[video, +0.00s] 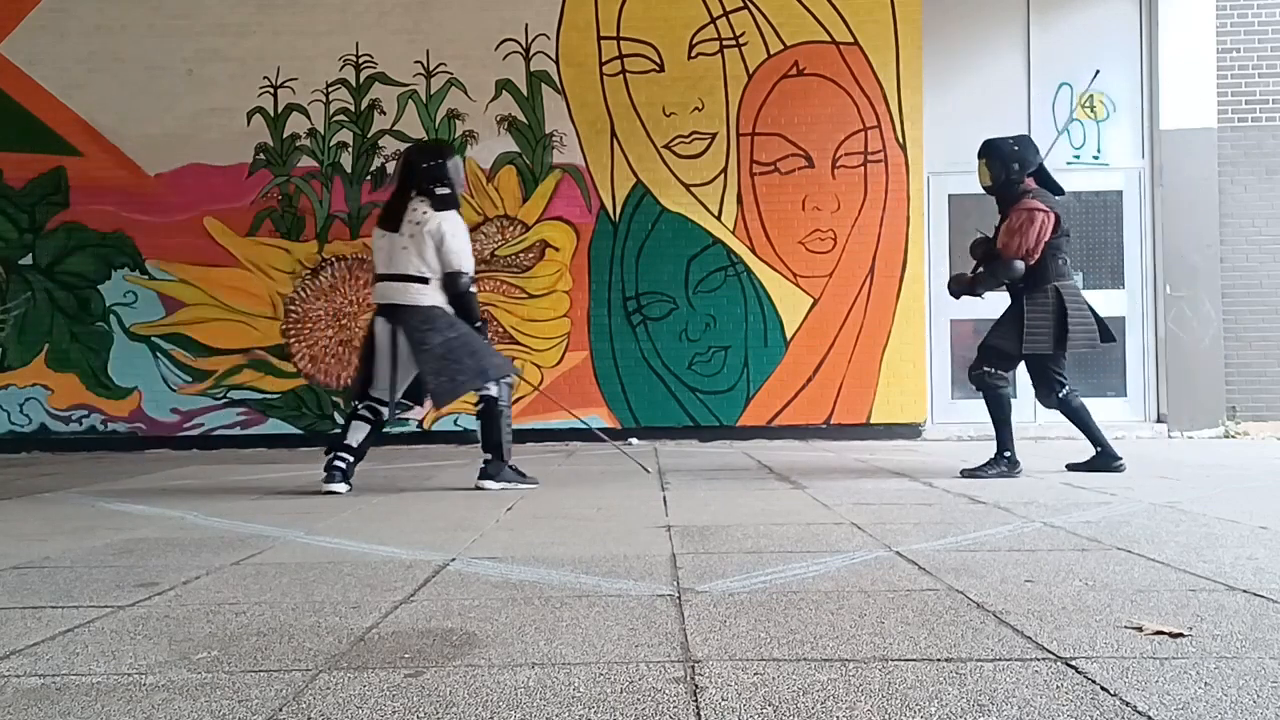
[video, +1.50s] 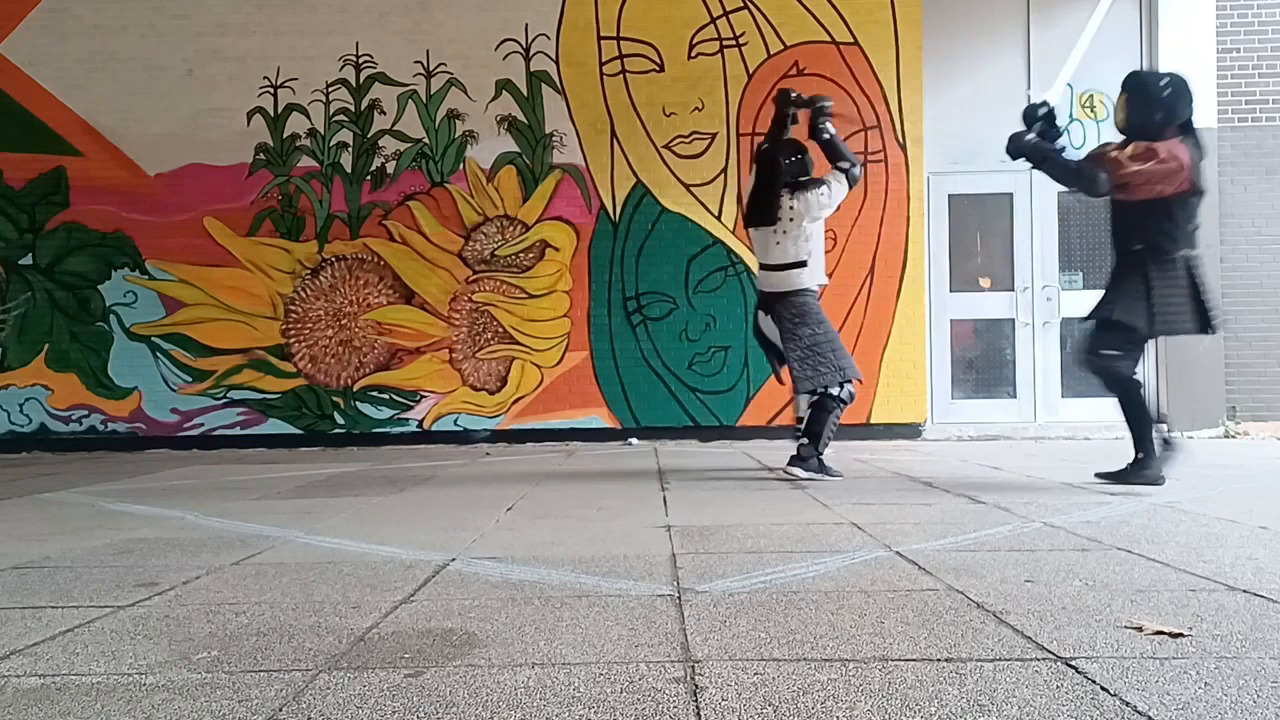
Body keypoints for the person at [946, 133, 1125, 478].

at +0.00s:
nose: (985, 178)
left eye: (990, 169)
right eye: (984, 170)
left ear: (1013, 169)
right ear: (1021, 170)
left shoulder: (1028, 208)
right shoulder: (1032, 202)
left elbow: (1010, 268)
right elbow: (1023, 257)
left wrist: (970, 283)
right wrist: (989, 251)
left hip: (1037, 303)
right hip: (1048, 301)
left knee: (988, 370)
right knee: (1052, 388)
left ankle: (1006, 458)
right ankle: (1106, 452)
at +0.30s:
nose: (992, 171)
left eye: (998, 163)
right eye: (991, 163)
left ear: (1021, 164)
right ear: (1026, 166)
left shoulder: (1033, 203)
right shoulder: (1034, 199)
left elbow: (1010, 260)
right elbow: (1023, 255)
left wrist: (972, 278)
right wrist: (992, 249)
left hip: (1038, 299)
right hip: (1046, 298)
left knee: (990, 369)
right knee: (1050, 386)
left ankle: (1005, 458)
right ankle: (1105, 450)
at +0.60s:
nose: (999, 170)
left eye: (1005, 163)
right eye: (998, 163)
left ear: (1028, 166)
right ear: (1030, 167)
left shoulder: (1041, 208)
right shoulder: (1028, 204)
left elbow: (1029, 268)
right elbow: (1023, 257)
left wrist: (981, 279)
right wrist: (996, 253)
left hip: (1054, 300)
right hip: (1055, 299)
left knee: (997, 360)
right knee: (1044, 386)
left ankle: (1005, 450)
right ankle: (1103, 449)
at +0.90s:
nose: (1029, 174)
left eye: (1039, 168)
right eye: (1028, 166)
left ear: (1062, 174)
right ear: (1027, 167)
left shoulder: (1073, 219)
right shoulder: (1017, 213)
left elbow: (1023, 263)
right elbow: (977, 246)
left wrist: (965, 275)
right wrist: (935, 262)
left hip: (1044, 308)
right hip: (1015, 305)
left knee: (994, 368)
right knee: (1024, 395)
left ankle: (983, 461)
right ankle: (1085, 436)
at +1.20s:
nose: (1038, 170)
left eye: (1046, 163)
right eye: (1039, 162)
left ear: (1074, 166)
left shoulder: (1090, 212)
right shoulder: (1043, 202)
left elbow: (1038, 252)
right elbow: (1021, 248)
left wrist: (974, 249)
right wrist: (972, 250)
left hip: (1064, 304)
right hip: (1038, 300)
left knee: (1005, 377)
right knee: (1022, 387)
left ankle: (982, 462)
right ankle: (1108, 438)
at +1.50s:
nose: (1117, 106)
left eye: (1124, 99)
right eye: (1120, 98)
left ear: (1146, 109)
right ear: (1160, 110)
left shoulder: (1160, 155)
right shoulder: (1166, 150)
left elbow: (1094, 179)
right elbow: (1096, 172)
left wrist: (1035, 152)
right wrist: (1054, 146)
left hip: (1150, 272)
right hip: (1152, 270)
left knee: (1107, 356)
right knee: (1109, 357)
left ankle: (1149, 456)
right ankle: (1152, 448)